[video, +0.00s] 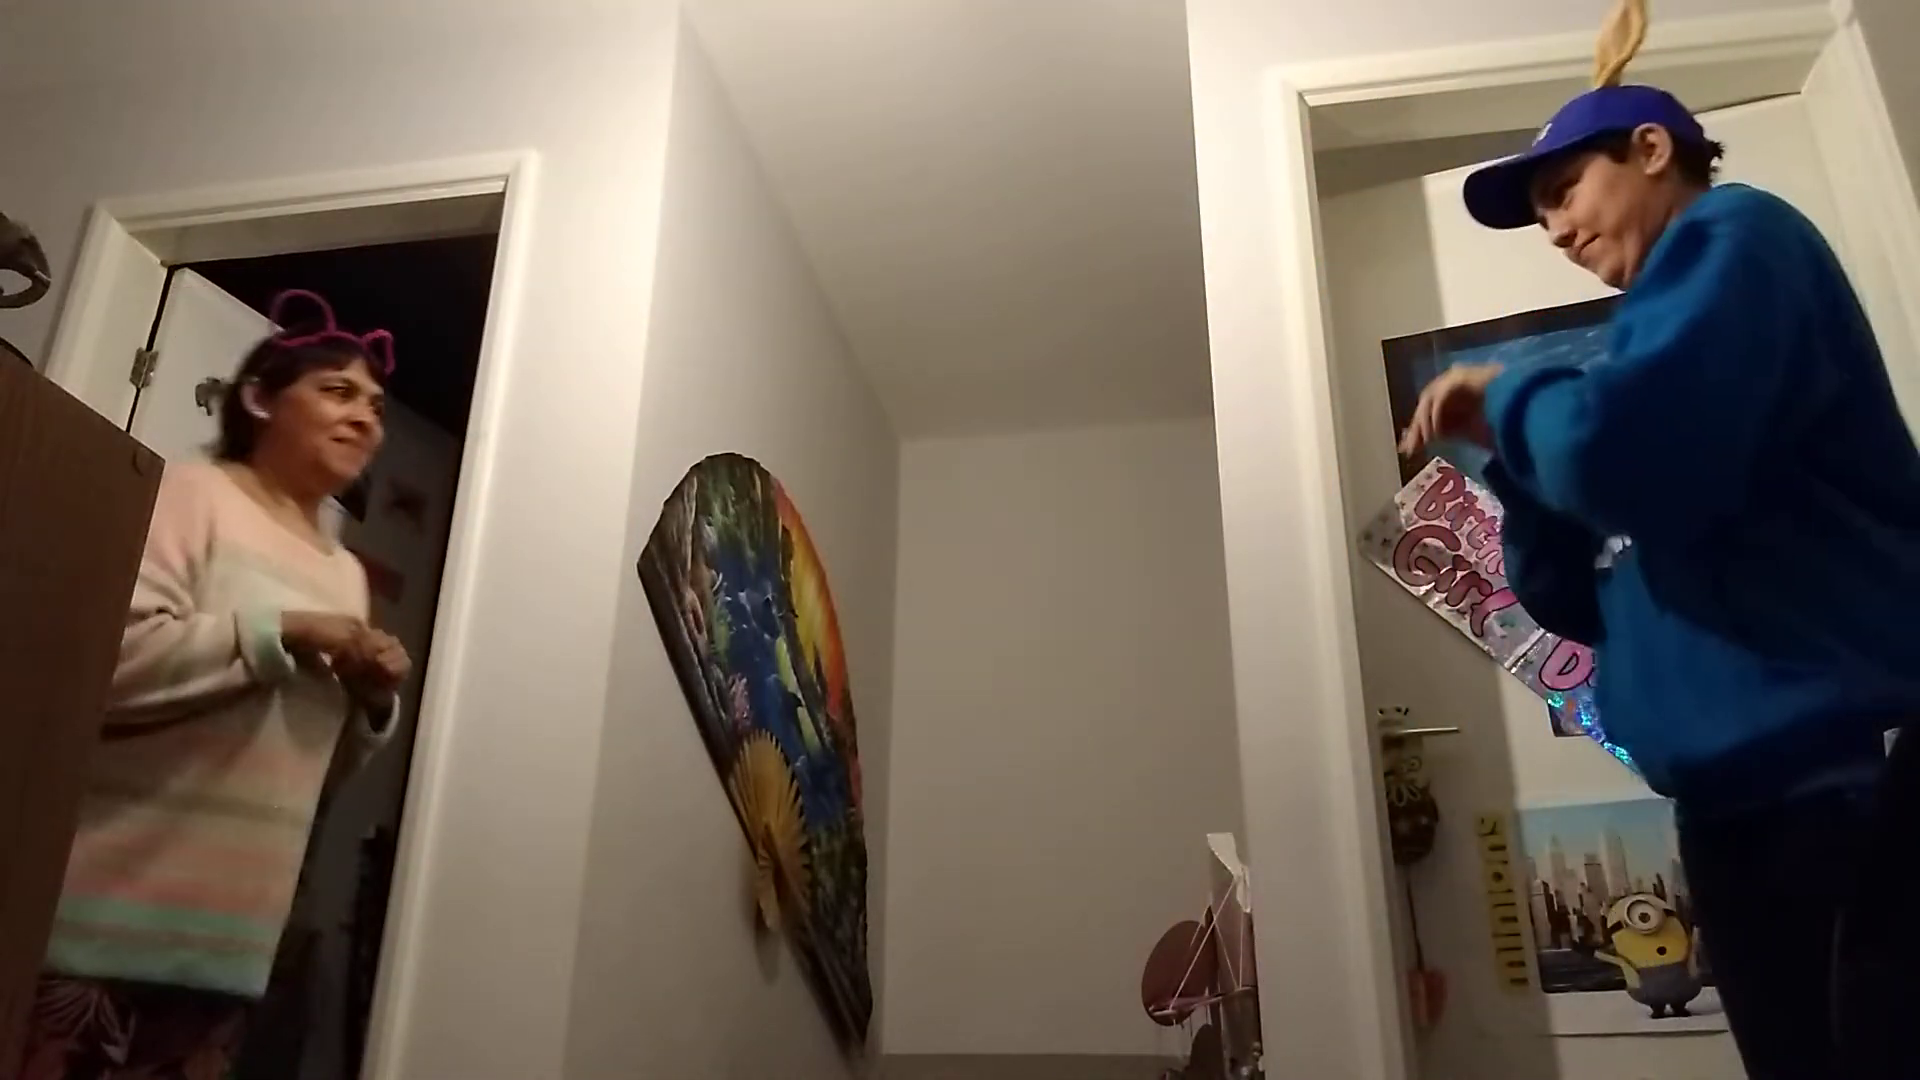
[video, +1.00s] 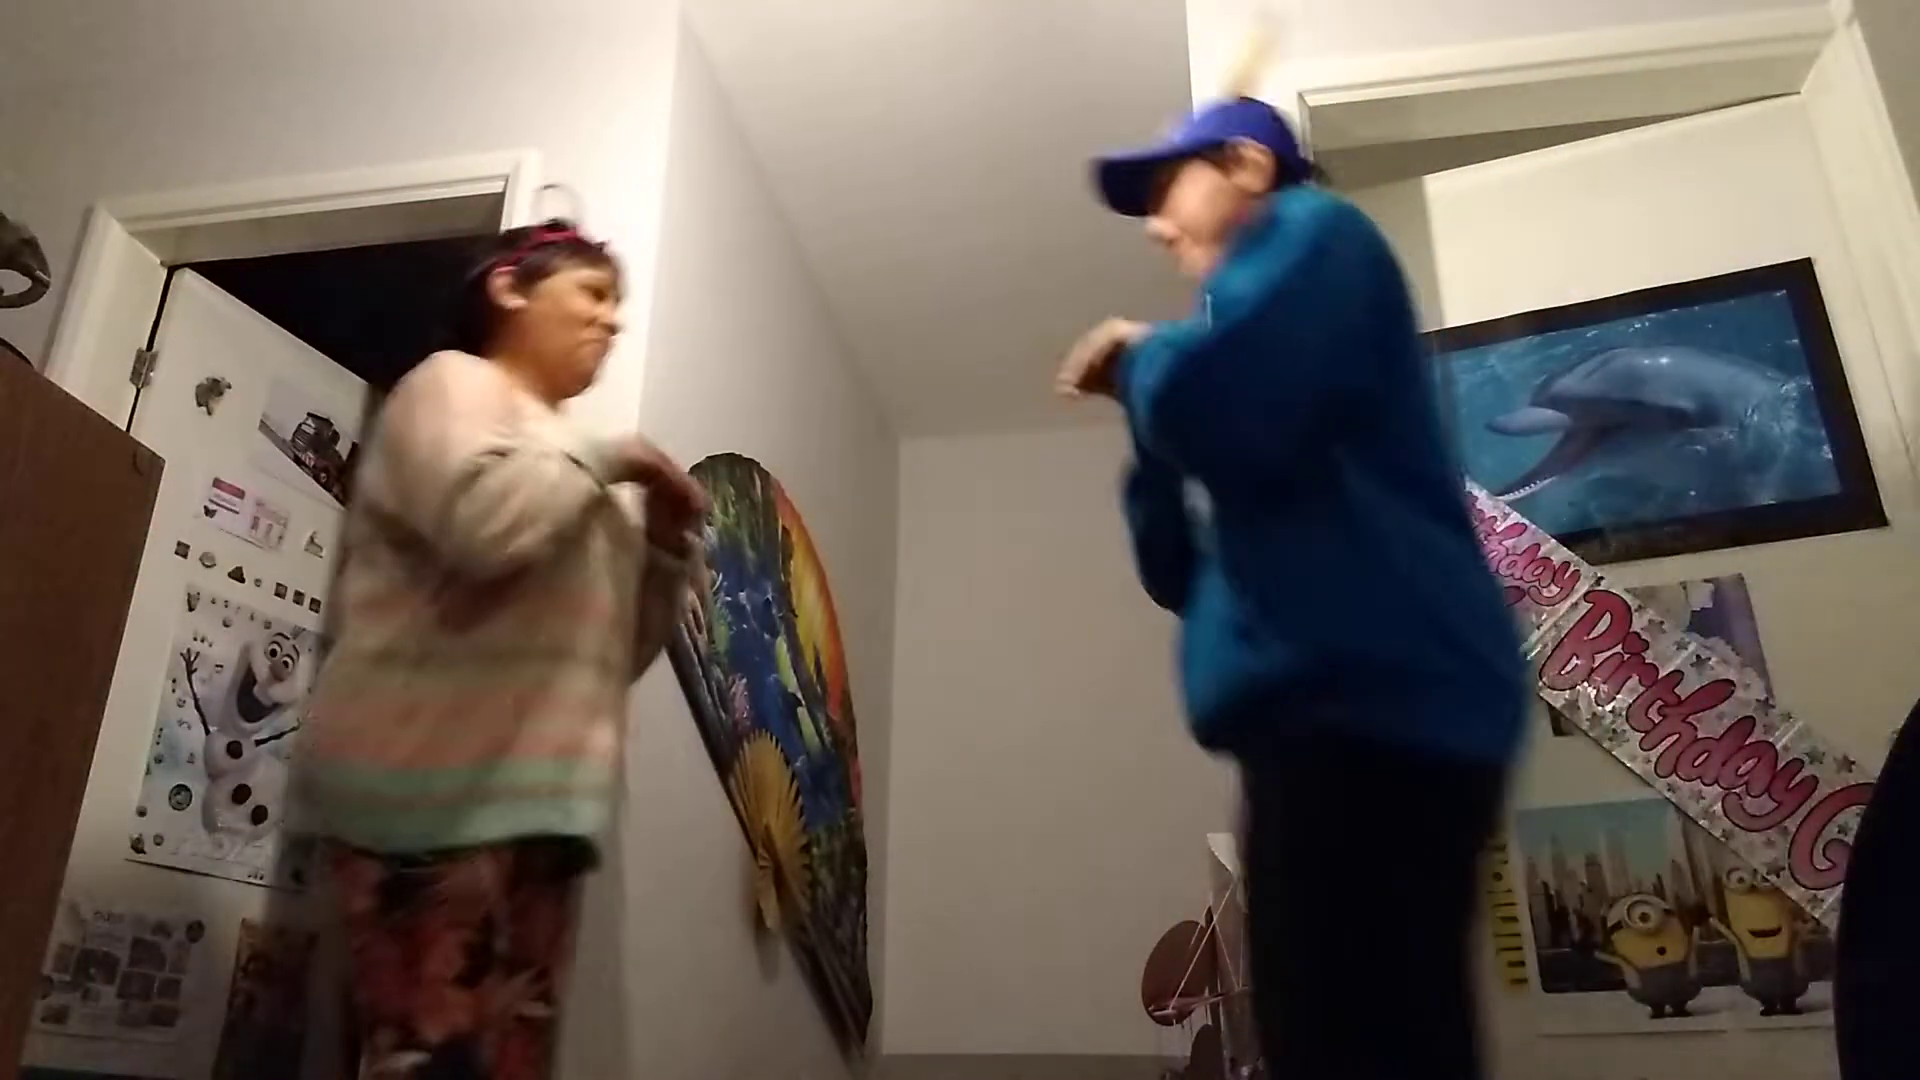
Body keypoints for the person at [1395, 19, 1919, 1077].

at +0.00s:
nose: (1556, 229)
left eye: (1569, 188)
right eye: (1545, 215)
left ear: (1653, 149)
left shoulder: (1736, 236)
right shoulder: (1643, 327)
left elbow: (1627, 443)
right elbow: (1569, 604)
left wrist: (1501, 395)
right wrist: (1520, 452)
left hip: (1844, 774)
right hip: (1739, 796)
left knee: (1855, 1047)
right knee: (1792, 1049)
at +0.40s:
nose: (1435, 290)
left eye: (1454, 256)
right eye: (1432, 267)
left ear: (1537, 240)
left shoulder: (1600, 312)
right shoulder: (1532, 402)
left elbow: (1547, 533)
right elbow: (1554, 692)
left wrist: (1403, 477)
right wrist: (1432, 558)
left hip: (1799, 784)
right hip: (1719, 812)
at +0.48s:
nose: (1416, 283)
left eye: (1432, 248)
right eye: (1409, 263)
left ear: (1512, 228)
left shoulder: (1586, 301)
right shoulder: (1487, 383)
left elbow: (1457, 503)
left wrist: (1376, 432)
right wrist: (1386, 483)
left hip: (1755, 783)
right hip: (1652, 806)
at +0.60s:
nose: (1362, 218)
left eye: (1374, 181)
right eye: (1350, 200)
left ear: (1452, 155)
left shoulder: (1530, 215)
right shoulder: (1431, 320)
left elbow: (1442, 374)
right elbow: (1371, 565)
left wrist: (1340, 345)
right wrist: (1344, 404)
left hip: (1656, 683)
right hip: (1550, 711)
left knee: (1664, 1010)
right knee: (1594, 1021)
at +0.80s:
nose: (1248, 241)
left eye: (1264, 205)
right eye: (1242, 221)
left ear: (1345, 187)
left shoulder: (1428, 276)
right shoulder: (1314, 370)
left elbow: (1380, 494)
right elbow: (1294, 629)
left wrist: (1243, 432)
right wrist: (1240, 482)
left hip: (1533, 752)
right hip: (1439, 768)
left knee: (1514, 1051)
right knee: (1456, 1052)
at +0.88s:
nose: (1219, 261)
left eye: (1235, 225)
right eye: (1215, 239)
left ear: (1317, 209)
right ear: (1309, 219)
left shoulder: (1390, 296)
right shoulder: (1313, 378)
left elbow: (1296, 501)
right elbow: (1242, 645)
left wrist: (1203, 418)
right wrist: (1206, 476)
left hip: (1473, 792)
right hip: (1393, 805)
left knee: (1444, 1056)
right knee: (1402, 1052)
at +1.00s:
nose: (1155, 225)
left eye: (1168, 190)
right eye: (1152, 205)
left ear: (1247, 169)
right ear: (1241, 180)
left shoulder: (1318, 233)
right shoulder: (1242, 315)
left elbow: (1224, 403)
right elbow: (1181, 576)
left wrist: (1139, 351)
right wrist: (1156, 418)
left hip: (1382, 706)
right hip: (1308, 718)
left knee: (1357, 1020)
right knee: (1314, 1020)